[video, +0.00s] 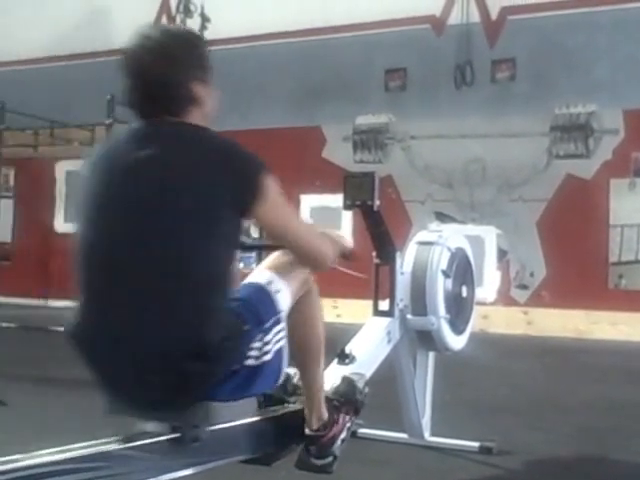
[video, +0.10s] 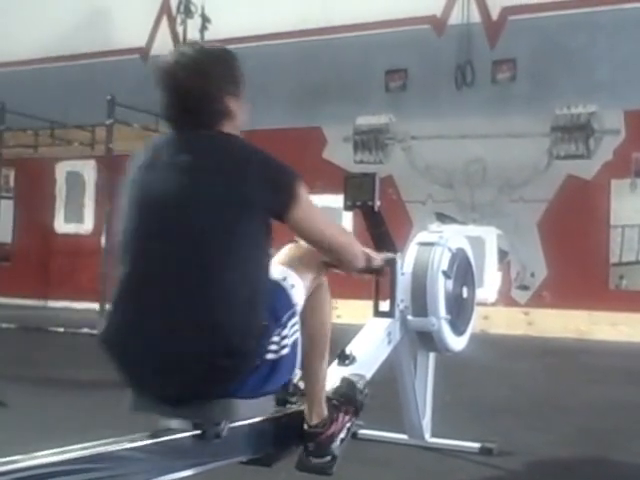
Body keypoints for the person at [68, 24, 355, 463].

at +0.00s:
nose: (215, 92)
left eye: (211, 79)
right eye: (210, 80)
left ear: (140, 91)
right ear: (194, 89)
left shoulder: (108, 158)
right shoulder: (227, 160)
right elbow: (319, 255)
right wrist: (332, 241)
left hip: (114, 371)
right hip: (192, 374)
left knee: (223, 269)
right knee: (300, 263)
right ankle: (319, 422)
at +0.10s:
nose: (245, 106)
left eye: (243, 94)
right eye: (242, 94)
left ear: (175, 104)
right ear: (227, 103)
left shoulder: (148, 161)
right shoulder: (252, 165)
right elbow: (341, 248)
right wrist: (365, 261)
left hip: (142, 369)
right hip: (224, 372)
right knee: (309, 257)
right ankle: (318, 418)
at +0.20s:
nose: (268, 116)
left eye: (265, 106)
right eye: (265, 106)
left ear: (198, 116)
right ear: (255, 115)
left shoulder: (171, 167)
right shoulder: (276, 173)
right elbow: (351, 240)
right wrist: (379, 261)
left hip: (161, 366)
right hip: (240, 369)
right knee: (314, 250)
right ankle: (317, 418)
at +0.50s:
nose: (260, 110)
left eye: (256, 99)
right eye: (255, 99)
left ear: (189, 109)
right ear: (243, 109)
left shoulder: (162, 163)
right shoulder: (255, 163)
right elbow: (344, 221)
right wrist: (378, 246)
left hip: (152, 370)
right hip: (229, 373)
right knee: (306, 257)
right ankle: (318, 423)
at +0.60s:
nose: (224, 93)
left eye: (220, 81)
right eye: (218, 81)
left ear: (148, 92)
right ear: (203, 90)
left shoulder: (122, 154)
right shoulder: (219, 153)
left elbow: (166, 242)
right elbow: (312, 219)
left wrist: (262, 246)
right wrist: (351, 243)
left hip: (122, 371)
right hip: (202, 374)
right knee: (293, 268)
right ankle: (319, 424)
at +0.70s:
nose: (176, 75)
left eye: (172, 63)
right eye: (170, 63)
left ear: (96, 79)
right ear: (151, 74)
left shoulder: (76, 147)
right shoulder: (172, 145)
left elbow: (114, 238)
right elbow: (273, 212)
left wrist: (203, 243)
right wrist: (321, 242)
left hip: (83, 377)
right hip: (165, 379)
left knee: (207, 278)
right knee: (277, 287)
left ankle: (250, 413)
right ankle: (319, 424)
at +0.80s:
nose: (117, 57)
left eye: (112, 46)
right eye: (110, 46)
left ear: (32, 61)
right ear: (92, 55)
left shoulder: (12, 143)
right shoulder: (129, 138)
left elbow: (65, 232)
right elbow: (230, 209)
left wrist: (161, 238)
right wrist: (286, 239)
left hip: (38, 385)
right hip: (125, 377)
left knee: (180, 314)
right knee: (263, 320)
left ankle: (254, 423)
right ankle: (320, 430)